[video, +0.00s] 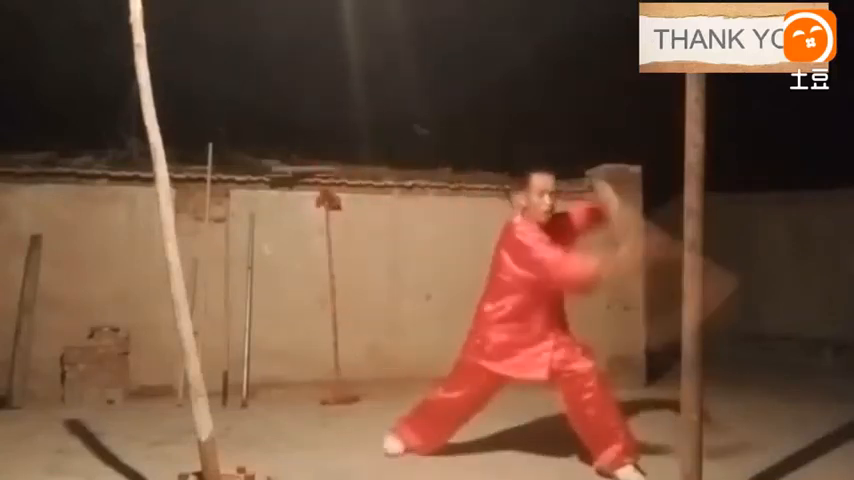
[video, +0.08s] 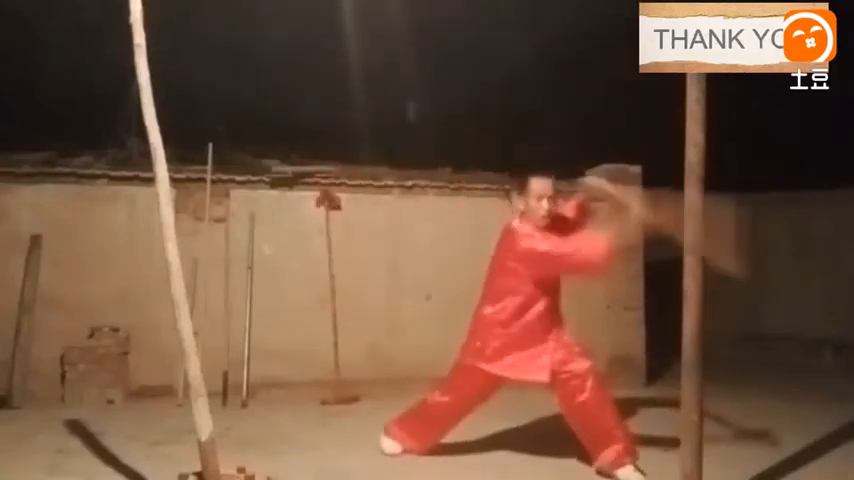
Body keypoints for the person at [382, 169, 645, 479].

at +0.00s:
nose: (548, 201)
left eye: (552, 194)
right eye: (540, 194)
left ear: (555, 197)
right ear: (519, 199)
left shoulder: (553, 228)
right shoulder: (518, 235)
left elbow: (587, 218)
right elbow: (563, 269)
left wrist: (608, 206)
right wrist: (616, 260)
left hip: (543, 335)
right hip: (499, 337)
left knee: (584, 375)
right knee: (459, 393)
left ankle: (615, 459)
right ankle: (406, 435)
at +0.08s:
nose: (547, 205)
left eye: (552, 198)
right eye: (540, 198)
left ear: (556, 200)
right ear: (521, 201)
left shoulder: (547, 228)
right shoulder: (520, 239)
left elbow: (577, 214)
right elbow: (590, 253)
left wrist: (595, 194)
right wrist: (626, 221)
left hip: (540, 337)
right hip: (497, 339)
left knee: (581, 378)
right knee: (455, 394)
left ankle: (616, 460)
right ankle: (400, 435)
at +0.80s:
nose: (559, 200)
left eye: (561, 192)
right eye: (551, 192)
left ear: (562, 192)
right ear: (530, 193)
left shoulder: (538, 224)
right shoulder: (523, 226)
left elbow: (584, 210)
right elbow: (579, 215)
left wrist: (630, 179)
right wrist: (632, 180)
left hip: (531, 328)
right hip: (502, 329)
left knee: (580, 377)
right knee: (463, 395)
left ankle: (615, 455)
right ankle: (400, 429)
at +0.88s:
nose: (563, 183)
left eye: (569, 176)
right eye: (556, 174)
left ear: (572, 180)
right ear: (536, 176)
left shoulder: (553, 214)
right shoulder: (524, 208)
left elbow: (583, 243)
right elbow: (572, 212)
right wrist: (623, 197)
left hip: (537, 320)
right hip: (495, 315)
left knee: (579, 376)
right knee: (458, 384)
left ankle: (609, 455)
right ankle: (403, 426)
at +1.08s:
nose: (558, 194)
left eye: (564, 188)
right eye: (551, 185)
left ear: (569, 192)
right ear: (531, 185)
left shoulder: (564, 228)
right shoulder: (516, 209)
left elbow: (569, 283)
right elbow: (551, 231)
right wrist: (596, 244)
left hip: (547, 336)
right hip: (496, 331)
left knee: (596, 379)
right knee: (440, 386)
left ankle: (621, 460)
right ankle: (419, 448)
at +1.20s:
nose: (547, 200)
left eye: (553, 195)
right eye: (541, 192)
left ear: (559, 202)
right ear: (528, 196)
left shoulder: (558, 247)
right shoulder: (507, 234)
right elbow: (498, 203)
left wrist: (570, 346)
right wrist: (529, 192)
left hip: (544, 346)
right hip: (493, 343)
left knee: (596, 383)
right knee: (441, 392)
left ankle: (623, 462)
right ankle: (416, 451)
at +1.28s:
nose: (498, 206)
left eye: (506, 199)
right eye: (492, 198)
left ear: (519, 207)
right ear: (481, 207)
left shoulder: (530, 246)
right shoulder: (477, 247)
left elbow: (531, 230)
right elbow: (479, 194)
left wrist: (519, 177)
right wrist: (527, 166)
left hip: (529, 353)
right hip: (475, 351)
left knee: (583, 396)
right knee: (425, 386)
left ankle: (632, 467)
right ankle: (415, 455)